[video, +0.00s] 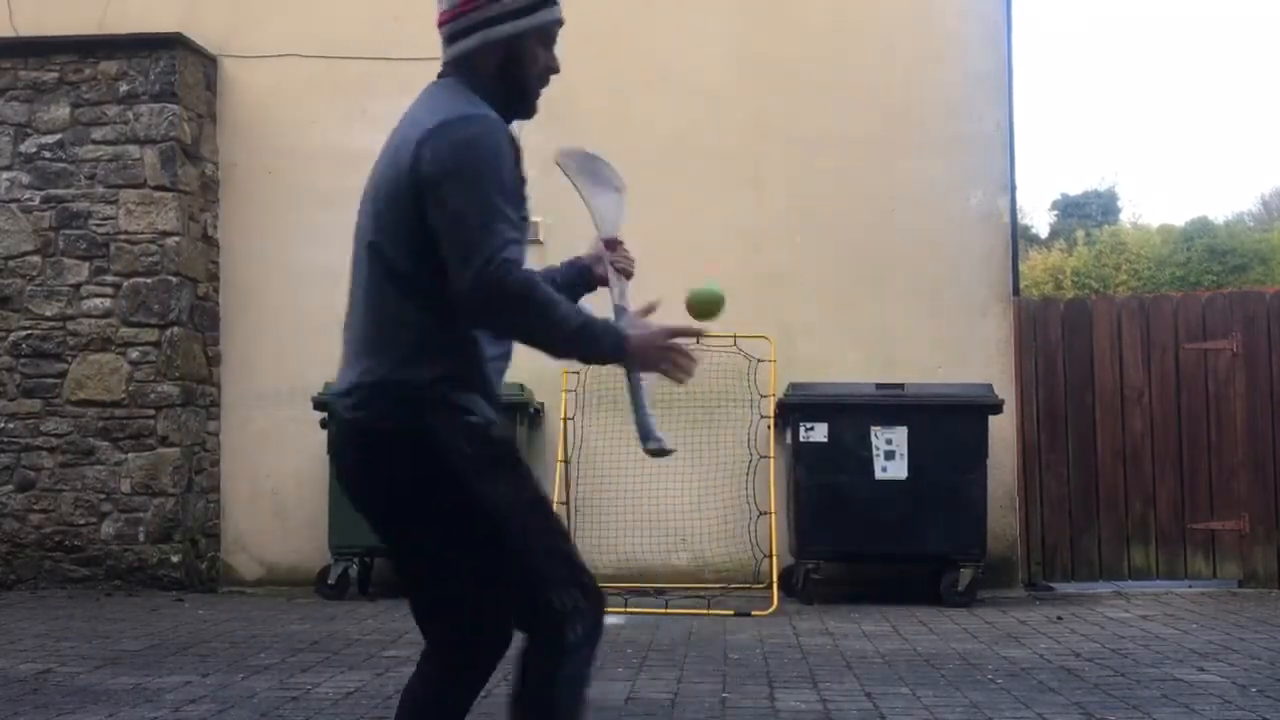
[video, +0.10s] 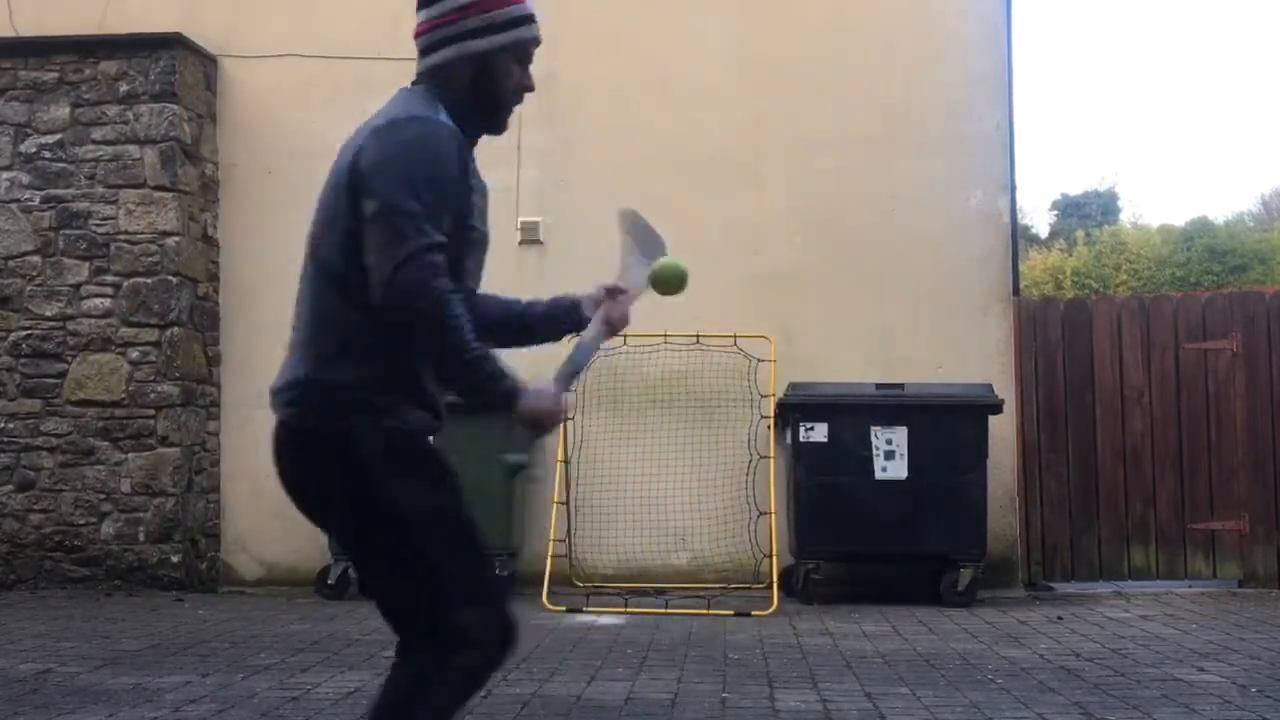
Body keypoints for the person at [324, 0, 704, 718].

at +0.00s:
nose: (554, 64)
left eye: (554, 45)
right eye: (546, 42)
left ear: (485, 47)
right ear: (502, 45)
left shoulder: (436, 123)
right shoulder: (468, 131)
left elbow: (475, 298)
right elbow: (493, 288)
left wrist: (581, 273)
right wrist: (620, 343)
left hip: (380, 424)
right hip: (429, 423)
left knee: (469, 628)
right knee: (570, 610)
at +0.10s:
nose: (529, 81)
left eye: (529, 63)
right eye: (520, 61)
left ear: (467, 61)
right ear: (472, 60)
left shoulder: (441, 148)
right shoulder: (416, 137)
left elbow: (451, 310)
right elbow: (410, 288)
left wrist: (574, 312)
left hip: (373, 427)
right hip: (351, 430)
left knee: (452, 634)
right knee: (470, 631)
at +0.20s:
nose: (499, 97)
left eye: (503, 78)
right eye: (492, 75)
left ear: (443, 73)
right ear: (441, 69)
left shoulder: (413, 173)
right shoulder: (355, 129)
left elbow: (398, 318)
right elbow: (296, 263)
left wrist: (488, 387)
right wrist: (326, 412)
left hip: (317, 429)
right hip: (248, 425)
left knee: (383, 626)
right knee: (283, 664)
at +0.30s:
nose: (478, 112)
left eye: (483, 92)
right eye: (476, 88)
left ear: (424, 78)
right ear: (427, 76)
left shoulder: (394, 189)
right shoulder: (317, 133)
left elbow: (376, 325)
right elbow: (239, 259)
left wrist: (441, 421)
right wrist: (251, 417)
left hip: (277, 437)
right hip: (191, 428)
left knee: (344, 634)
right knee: (183, 671)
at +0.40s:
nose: (437, 130)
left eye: (442, 111)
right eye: (435, 106)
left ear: (388, 94)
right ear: (389, 90)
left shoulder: (349, 207)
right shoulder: (262, 127)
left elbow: (329, 339)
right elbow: (156, 226)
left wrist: (419, 394)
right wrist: (216, 386)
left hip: (211, 426)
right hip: (114, 414)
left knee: (303, 615)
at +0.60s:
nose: (402, 126)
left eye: (406, 109)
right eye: (397, 106)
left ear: (340, 91)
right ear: (350, 92)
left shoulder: (329, 184)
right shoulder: (211, 111)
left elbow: (339, 286)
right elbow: (131, 167)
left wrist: (396, 181)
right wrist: (300, 160)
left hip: (183, 423)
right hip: (92, 406)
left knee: (185, 652)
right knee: (137, 654)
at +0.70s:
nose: (404, 137)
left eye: (409, 118)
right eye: (399, 113)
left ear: (344, 104)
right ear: (344, 100)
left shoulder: (315, 177)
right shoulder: (205, 130)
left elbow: (335, 275)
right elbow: (185, 231)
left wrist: (367, 192)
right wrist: (330, 179)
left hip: (165, 424)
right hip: (79, 414)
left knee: (183, 635)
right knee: (179, 638)